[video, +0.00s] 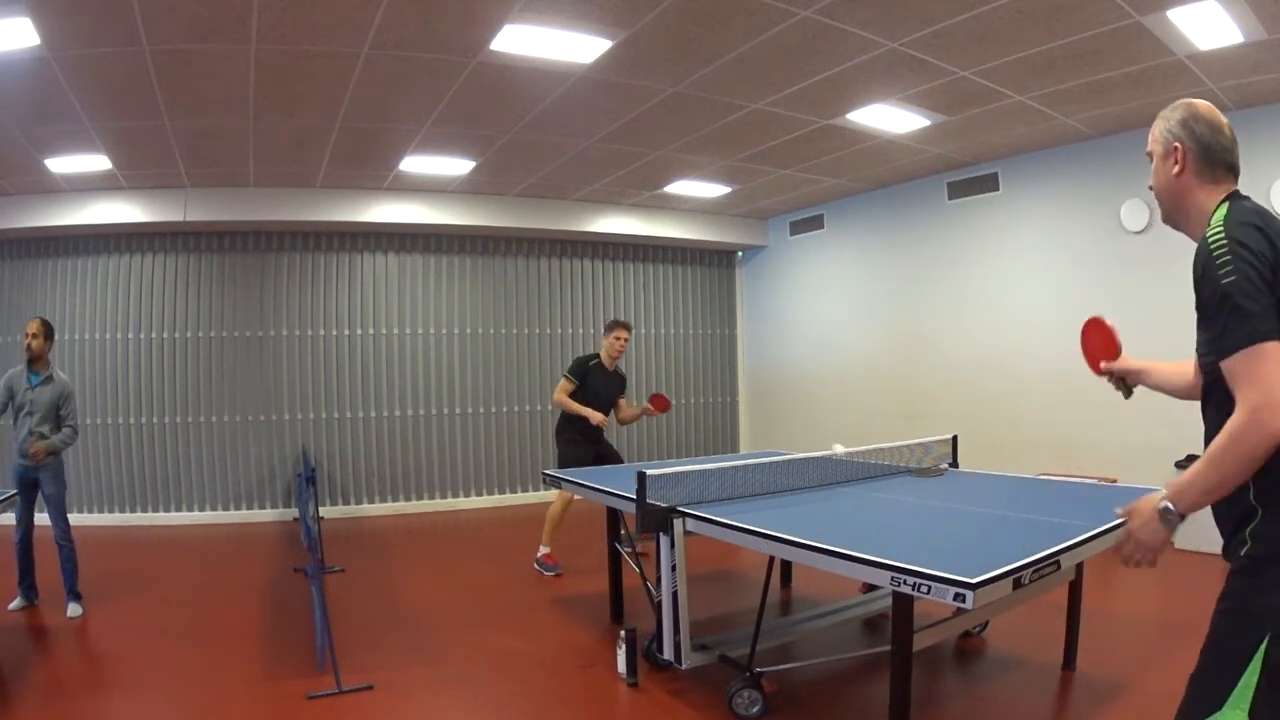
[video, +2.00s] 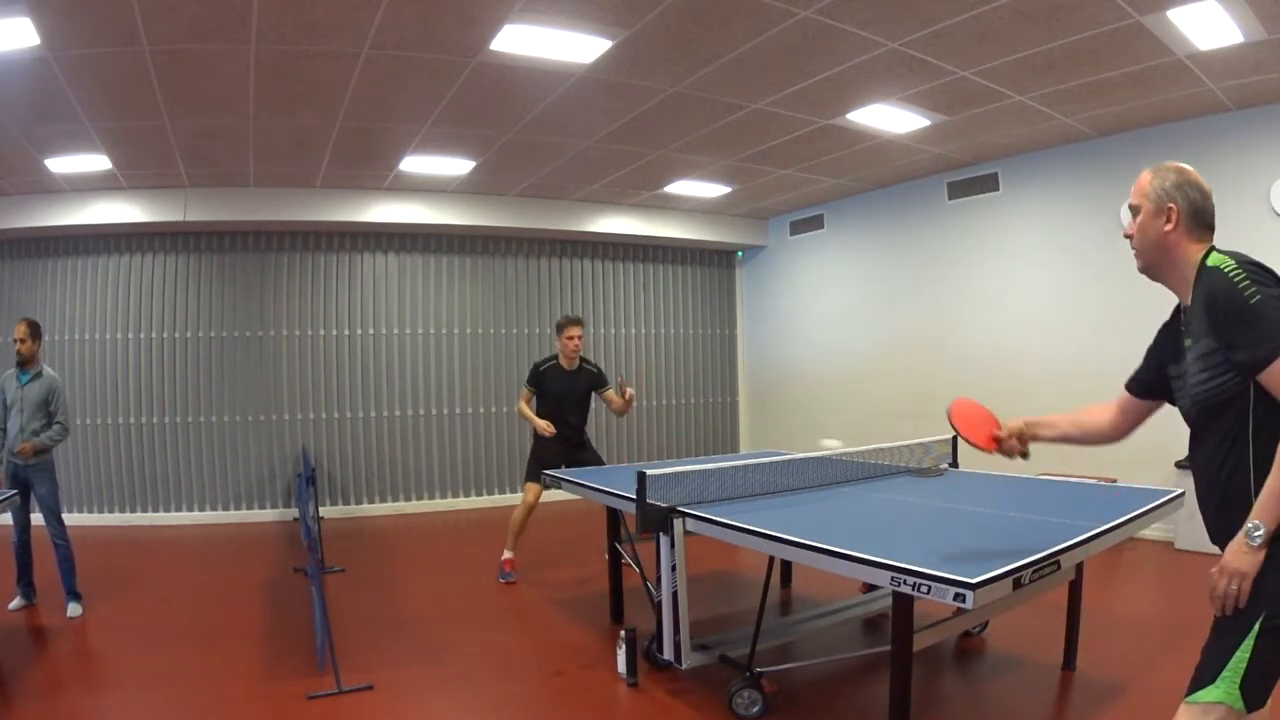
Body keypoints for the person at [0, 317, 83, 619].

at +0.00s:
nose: (28, 341)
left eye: (34, 336)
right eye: (26, 336)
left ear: (49, 343)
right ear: (23, 341)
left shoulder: (61, 386)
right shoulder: (12, 379)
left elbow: (71, 430)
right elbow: (0, 409)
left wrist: (48, 445)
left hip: (50, 465)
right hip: (21, 465)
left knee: (61, 532)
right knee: (22, 531)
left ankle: (73, 597)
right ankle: (27, 594)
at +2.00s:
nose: (17, 345)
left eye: (22, 340)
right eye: (14, 341)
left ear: (37, 343)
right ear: (14, 344)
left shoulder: (51, 382)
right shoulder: (7, 380)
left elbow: (62, 426)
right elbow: (4, 422)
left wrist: (37, 444)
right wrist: (5, 455)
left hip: (40, 465)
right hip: (11, 464)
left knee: (56, 531)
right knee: (20, 532)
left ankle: (72, 596)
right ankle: (26, 592)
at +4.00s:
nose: (21, 342)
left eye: (27, 338)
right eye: (18, 337)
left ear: (40, 342)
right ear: (15, 342)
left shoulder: (54, 384)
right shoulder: (6, 379)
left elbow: (66, 426)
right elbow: (4, 416)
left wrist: (52, 454)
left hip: (43, 465)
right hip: (12, 465)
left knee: (58, 533)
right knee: (18, 534)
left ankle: (72, 596)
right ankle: (25, 593)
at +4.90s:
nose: (17, 345)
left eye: (23, 340)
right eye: (15, 340)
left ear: (38, 344)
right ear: (13, 344)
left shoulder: (52, 383)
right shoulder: (6, 380)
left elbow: (61, 428)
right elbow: (2, 415)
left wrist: (41, 450)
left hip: (41, 464)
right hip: (11, 464)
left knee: (57, 532)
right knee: (20, 533)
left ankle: (72, 596)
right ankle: (26, 593)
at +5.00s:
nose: (17, 345)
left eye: (23, 340)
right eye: (15, 340)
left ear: (38, 344)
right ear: (13, 344)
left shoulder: (52, 383)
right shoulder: (7, 379)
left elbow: (62, 428)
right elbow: (3, 420)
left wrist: (41, 450)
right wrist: (1, 403)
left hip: (41, 463)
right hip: (11, 464)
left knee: (57, 531)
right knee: (20, 533)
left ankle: (72, 596)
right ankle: (26, 593)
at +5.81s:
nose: (18, 345)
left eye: (24, 340)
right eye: (15, 340)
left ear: (38, 344)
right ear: (13, 343)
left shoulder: (52, 382)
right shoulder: (6, 381)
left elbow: (62, 428)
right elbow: (3, 419)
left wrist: (42, 451)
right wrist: (8, 448)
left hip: (41, 463)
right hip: (11, 463)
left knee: (57, 531)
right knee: (20, 532)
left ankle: (73, 596)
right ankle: (26, 593)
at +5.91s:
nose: (17, 345)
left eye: (23, 340)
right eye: (15, 340)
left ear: (37, 344)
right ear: (13, 343)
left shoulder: (51, 382)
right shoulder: (5, 382)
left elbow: (62, 427)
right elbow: (2, 425)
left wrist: (42, 451)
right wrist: (3, 465)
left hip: (41, 463)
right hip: (11, 463)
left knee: (57, 531)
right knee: (20, 532)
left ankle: (72, 596)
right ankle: (26, 593)